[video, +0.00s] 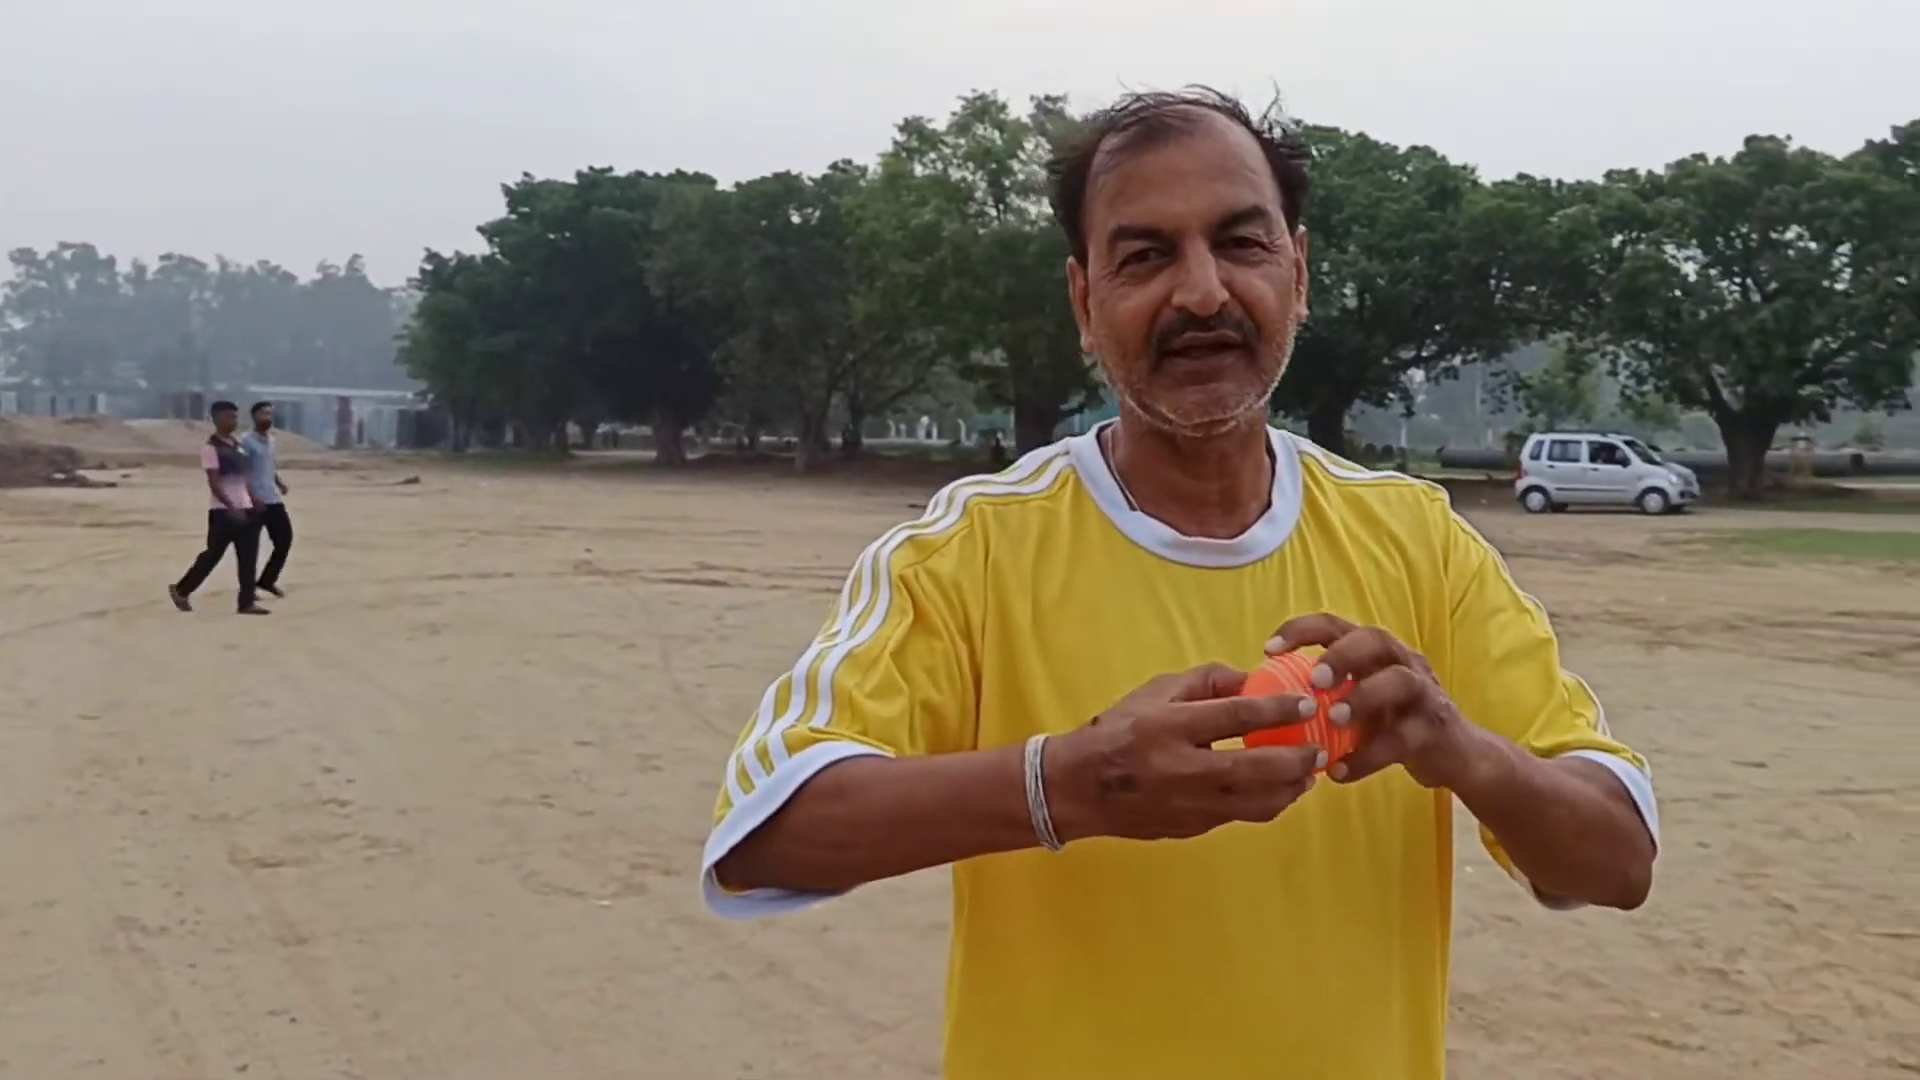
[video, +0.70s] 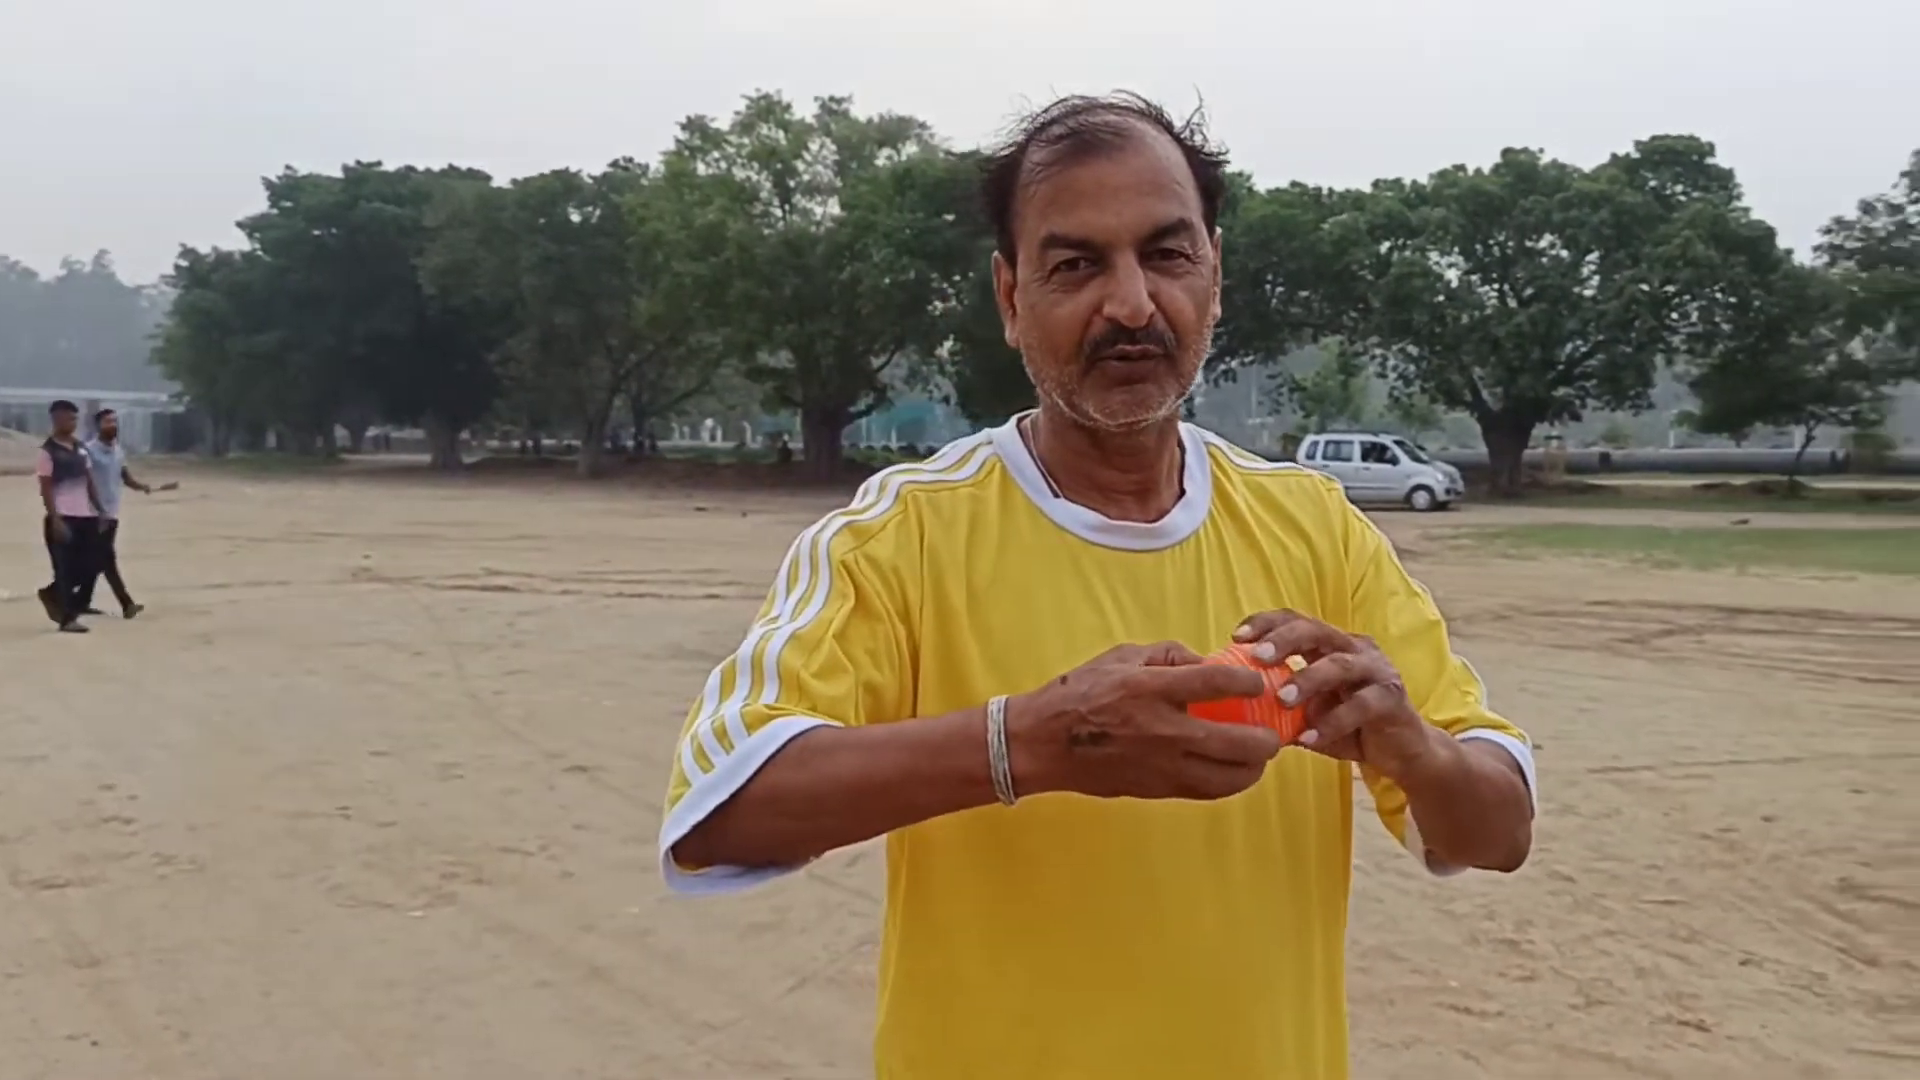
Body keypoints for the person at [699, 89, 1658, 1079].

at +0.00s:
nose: (1201, 291)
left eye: (1240, 242)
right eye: (1144, 255)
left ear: (1299, 276)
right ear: (1085, 304)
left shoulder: (1417, 543)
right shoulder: (970, 554)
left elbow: (1620, 865)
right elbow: (764, 829)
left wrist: (1461, 755)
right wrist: (1062, 788)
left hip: (1364, 1052)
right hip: (1054, 1052)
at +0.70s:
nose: (1132, 305)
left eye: (1165, 254)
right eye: (1075, 265)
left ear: (1215, 277)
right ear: (1010, 303)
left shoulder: (1317, 530)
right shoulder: (900, 537)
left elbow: (1500, 834)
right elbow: (720, 808)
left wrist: (1415, 752)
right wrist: (1029, 743)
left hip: (1275, 1057)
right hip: (979, 1058)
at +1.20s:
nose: (1001, 297)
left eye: (1035, 251)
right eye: (948, 261)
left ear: (1087, 277)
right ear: (887, 300)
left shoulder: (1196, 524)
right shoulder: (786, 534)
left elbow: (1353, 820)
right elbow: (608, 795)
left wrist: (1291, 732)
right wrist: (912, 711)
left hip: (1150, 1050)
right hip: (870, 1051)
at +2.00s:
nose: (890, 320)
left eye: (926, 274)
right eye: (840, 280)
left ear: (969, 290)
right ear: (773, 301)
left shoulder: (1066, 531)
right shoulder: (658, 539)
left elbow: (1222, 820)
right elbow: (457, 785)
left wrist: (1153, 758)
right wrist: (762, 740)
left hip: (1027, 1056)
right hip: (742, 1056)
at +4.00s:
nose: (902, 319)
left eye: (934, 275)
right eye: (851, 288)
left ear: (983, 300)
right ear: (797, 329)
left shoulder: (1113, 521)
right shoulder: (711, 562)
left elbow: (1273, 805)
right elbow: (527, 838)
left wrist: (1164, 702)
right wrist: (777, 718)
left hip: (1106, 1051)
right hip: (824, 1053)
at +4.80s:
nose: (970, 331)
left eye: (1000, 287)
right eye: (918, 297)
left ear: (1040, 299)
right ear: (853, 321)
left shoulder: (1151, 518)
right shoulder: (762, 554)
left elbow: (1305, 799)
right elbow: (599, 824)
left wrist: (1226, 701)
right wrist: (841, 732)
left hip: (1148, 1047)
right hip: (869, 1049)